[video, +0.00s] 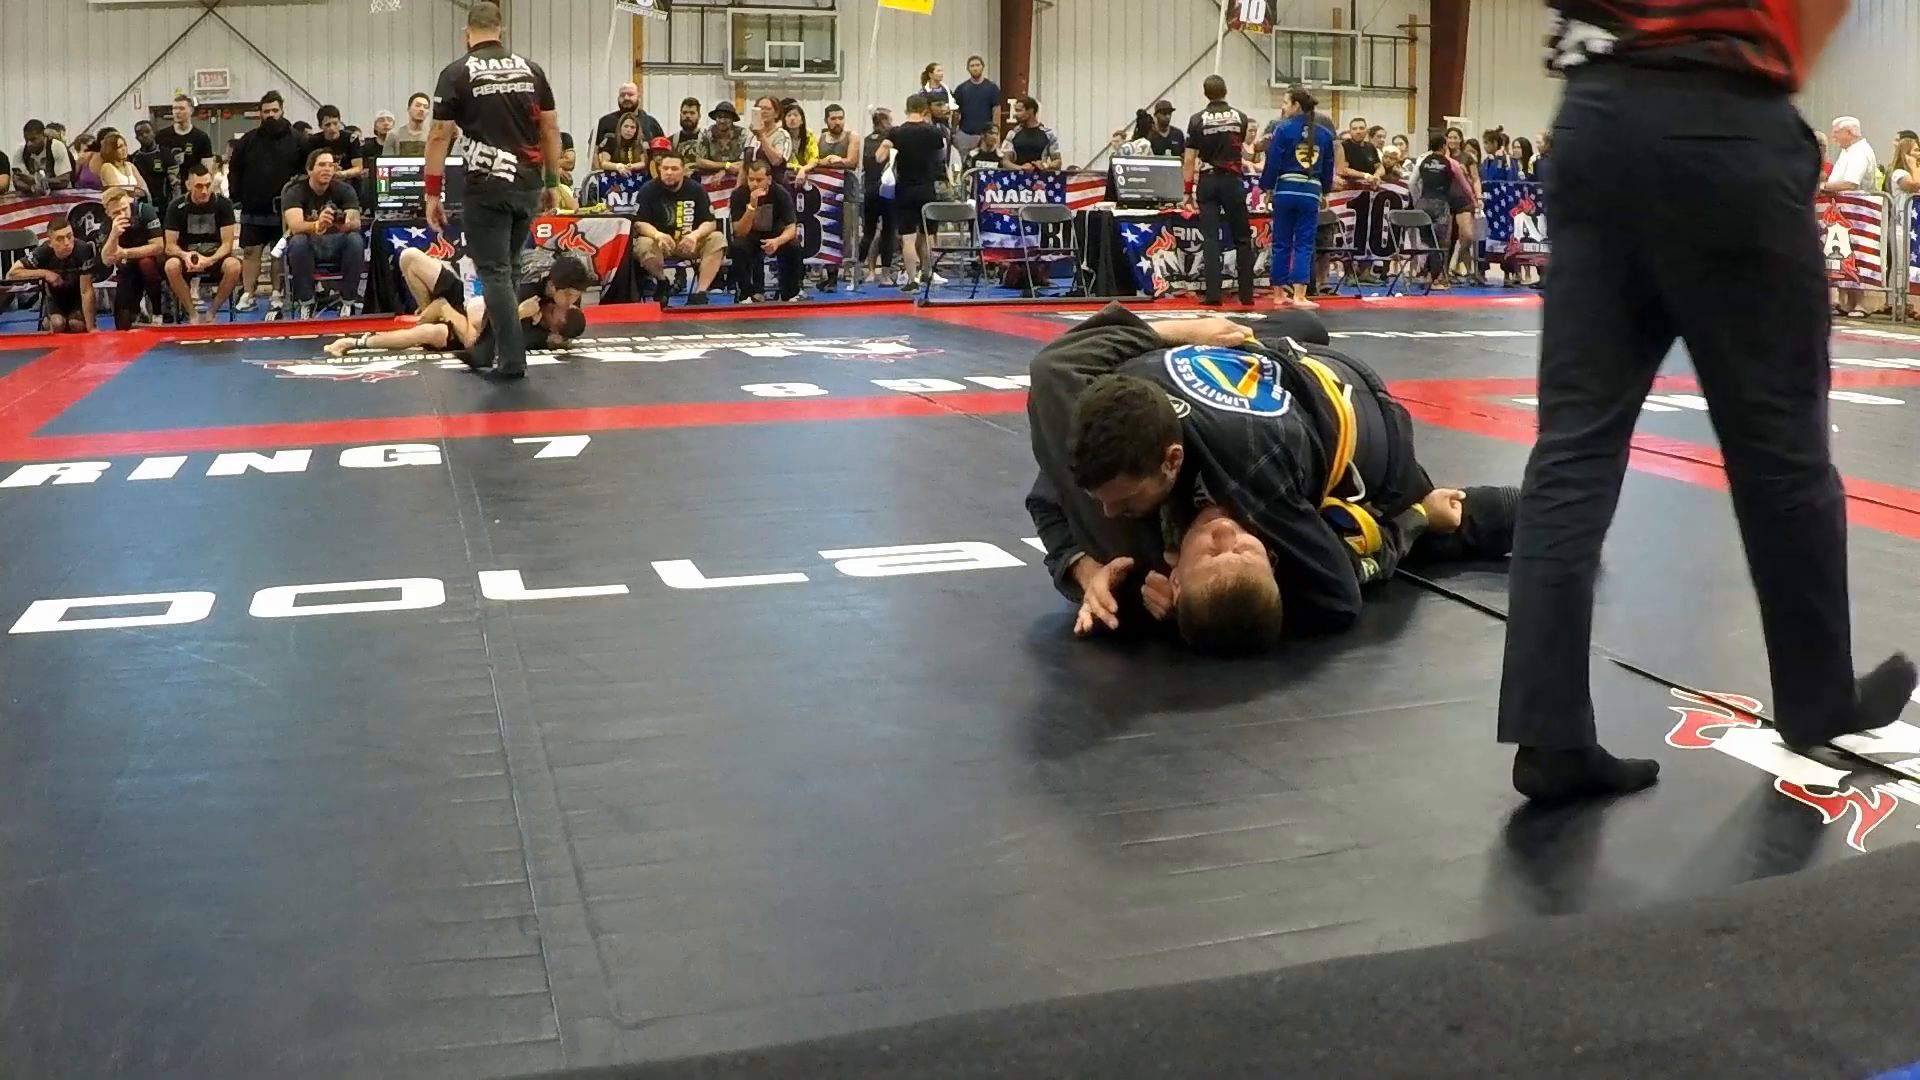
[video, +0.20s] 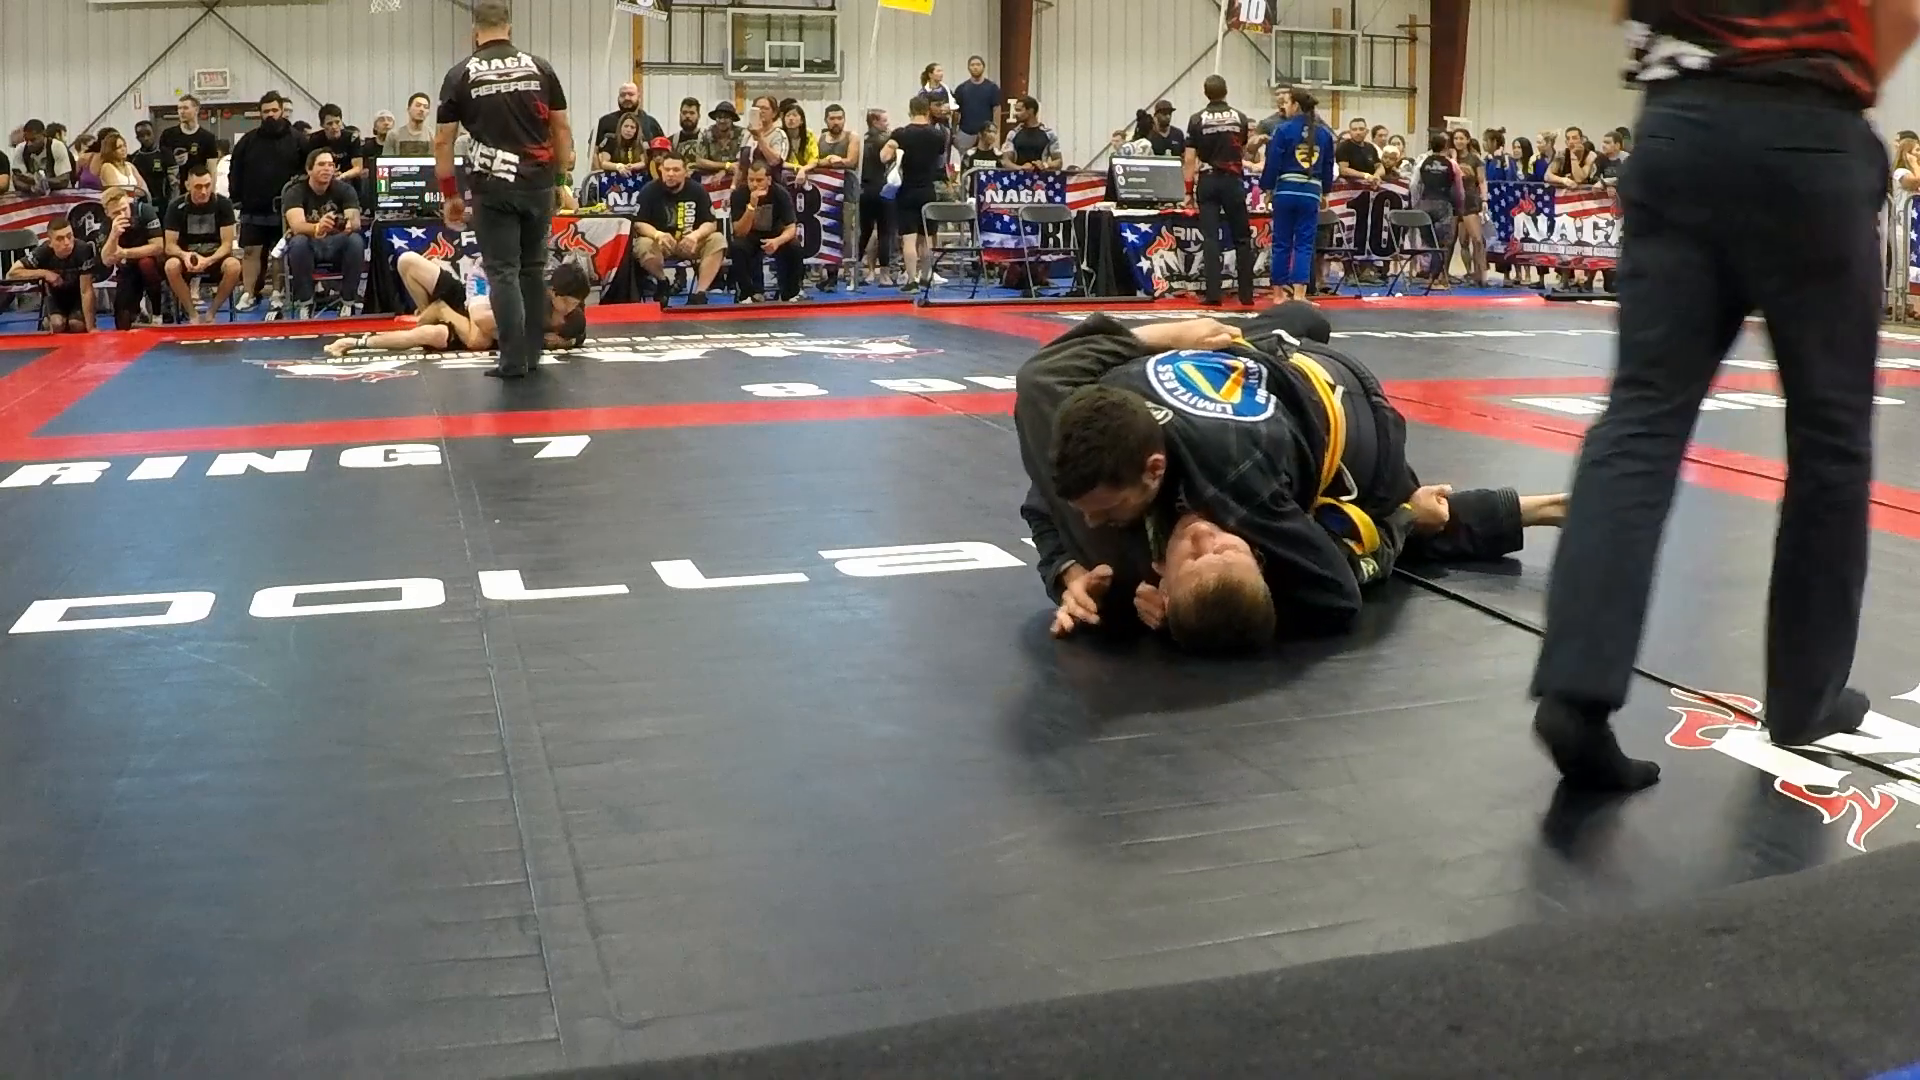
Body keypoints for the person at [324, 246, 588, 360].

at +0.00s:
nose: (575, 302)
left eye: (579, 297)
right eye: (571, 295)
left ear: (580, 292)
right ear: (553, 287)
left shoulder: (564, 315)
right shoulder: (530, 292)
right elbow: (485, 317)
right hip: (473, 302)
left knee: (432, 333)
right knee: (409, 257)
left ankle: (356, 343)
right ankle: (428, 319)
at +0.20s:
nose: (560, 314)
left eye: (567, 310)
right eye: (561, 305)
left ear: (574, 306)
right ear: (553, 292)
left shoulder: (557, 327)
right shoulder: (530, 295)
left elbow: (481, 343)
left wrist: (449, 311)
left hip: (472, 332)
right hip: (468, 299)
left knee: (432, 335)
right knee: (407, 261)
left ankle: (357, 344)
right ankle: (426, 318)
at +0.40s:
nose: (563, 318)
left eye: (568, 314)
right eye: (562, 310)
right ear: (550, 300)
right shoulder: (532, 301)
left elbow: (477, 340)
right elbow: (478, 319)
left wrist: (448, 313)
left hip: (467, 334)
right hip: (465, 302)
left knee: (429, 334)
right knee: (407, 261)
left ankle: (354, 344)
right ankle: (426, 319)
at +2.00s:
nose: (554, 308)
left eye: (560, 308)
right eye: (555, 303)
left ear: (566, 312)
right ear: (552, 299)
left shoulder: (542, 331)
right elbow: (481, 313)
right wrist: (521, 307)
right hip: (477, 296)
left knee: (429, 330)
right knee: (416, 255)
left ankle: (355, 343)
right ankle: (424, 317)